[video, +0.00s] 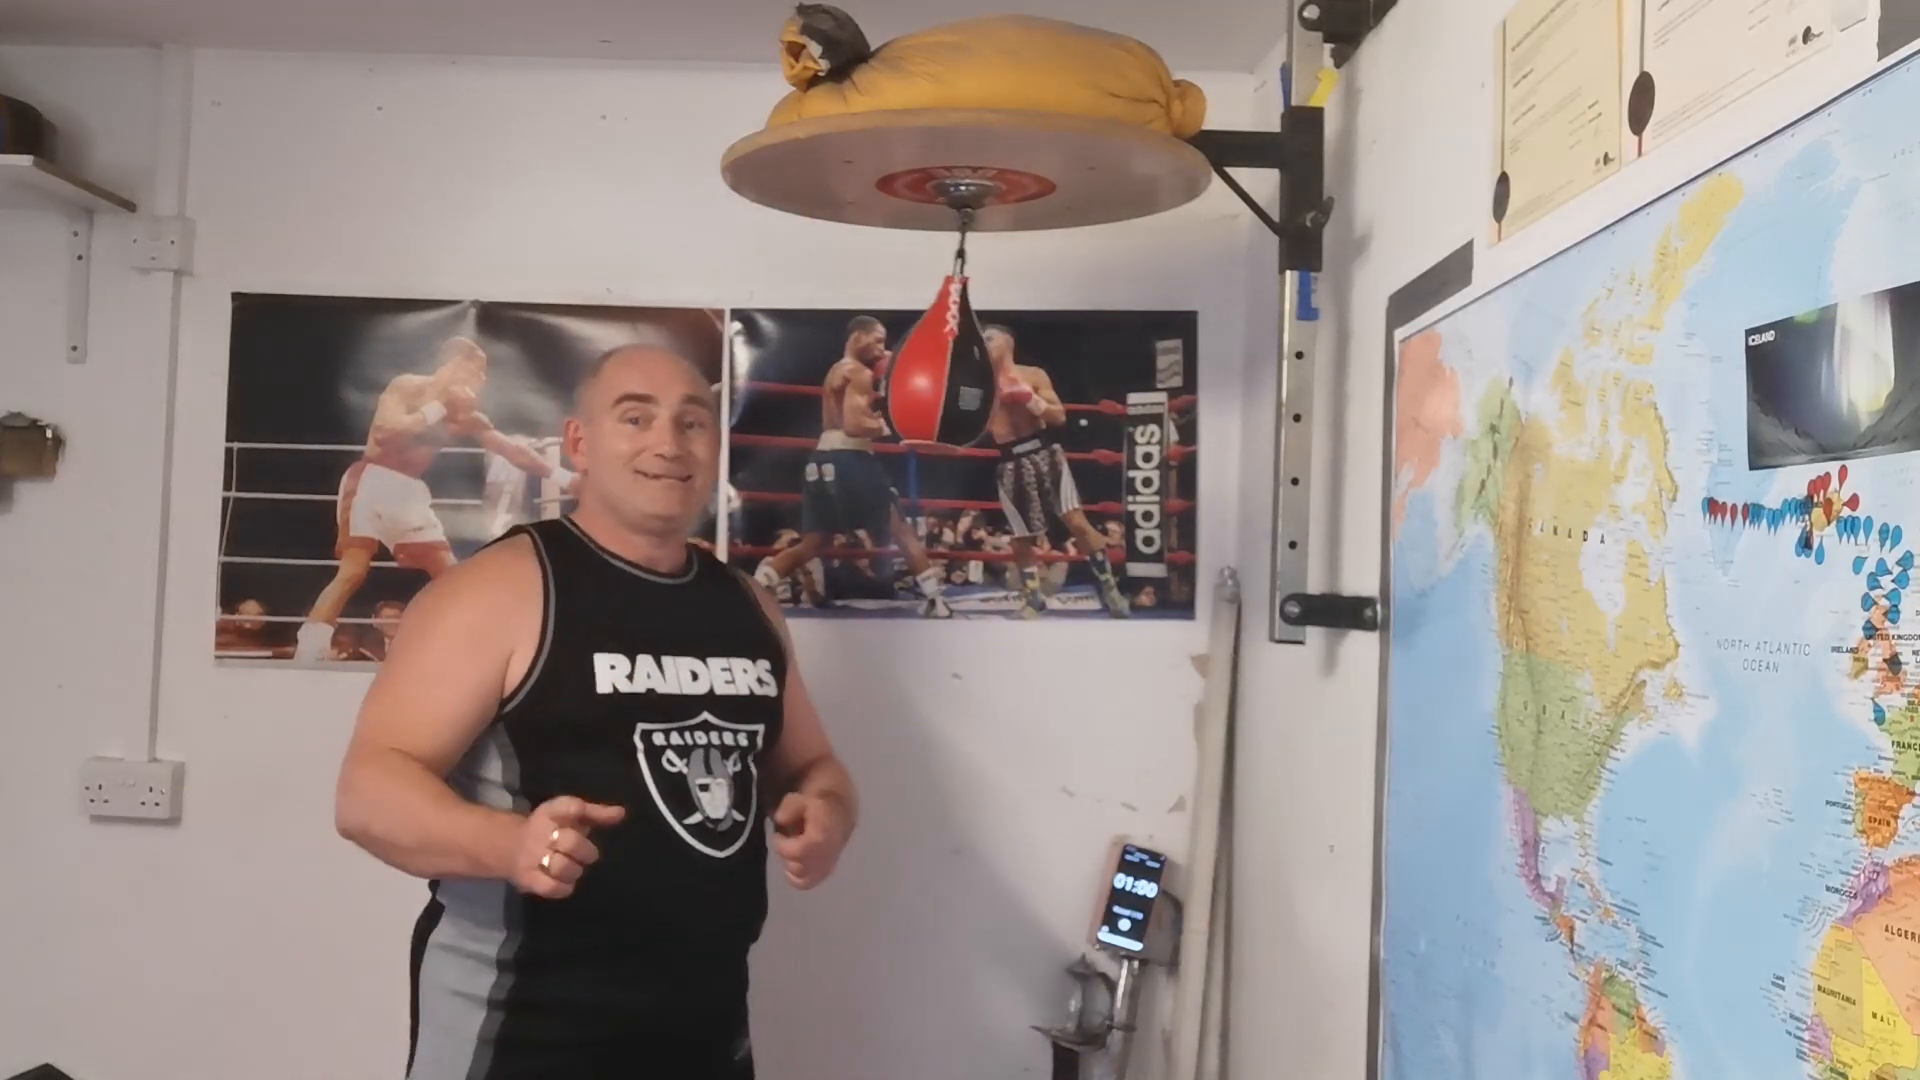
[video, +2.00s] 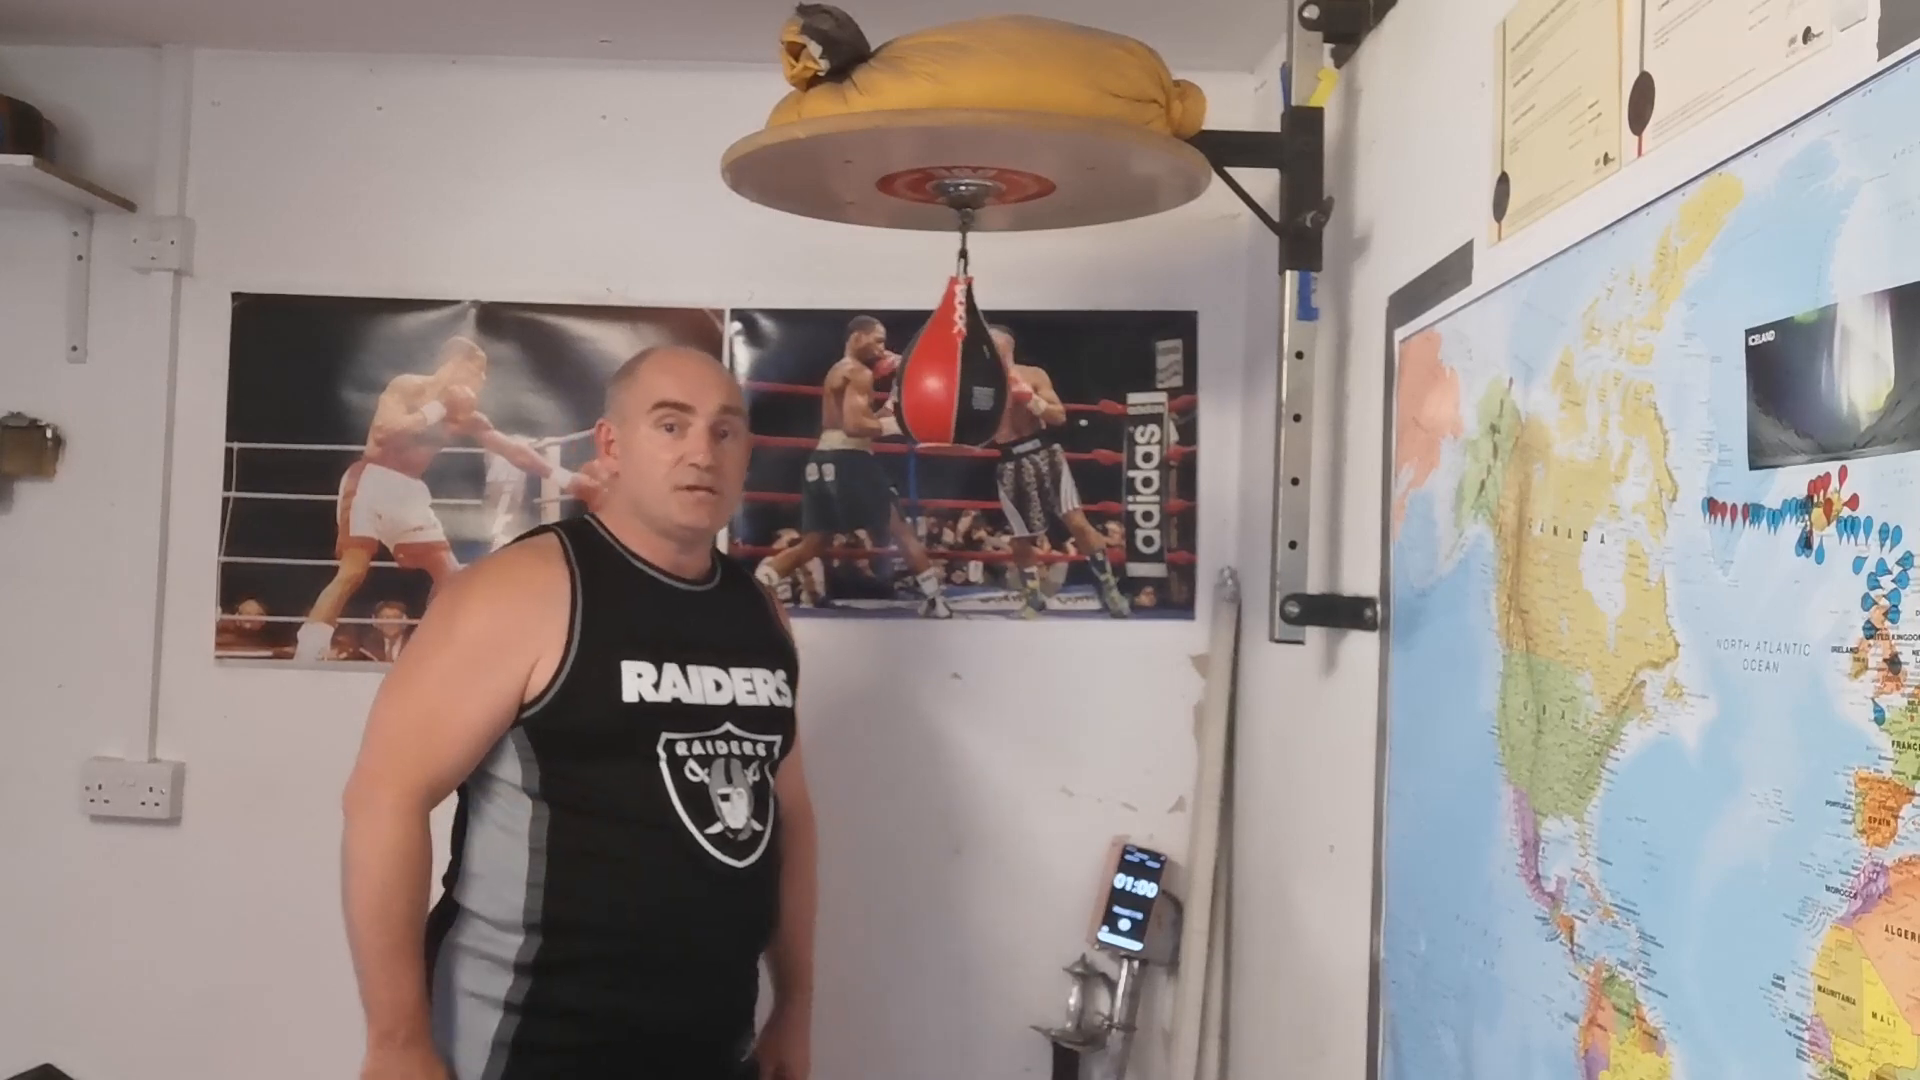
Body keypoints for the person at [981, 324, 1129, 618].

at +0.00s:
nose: (986, 346)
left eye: (992, 339)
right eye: (983, 341)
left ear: (1009, 343)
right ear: (981, 350)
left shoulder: (1033, 375)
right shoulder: (982, 385)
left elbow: (1059, 416)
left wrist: (1031, 399)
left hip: (1046, 456)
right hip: (1011, 465)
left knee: (1076, 522)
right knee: (1021, 539)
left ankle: (1109, 588)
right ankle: (1032, 598)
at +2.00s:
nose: (996, 356)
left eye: (1000, 349)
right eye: (992, 350)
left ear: (1011, 348)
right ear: (985, 354)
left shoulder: (1034, 375)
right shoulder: (983, 384)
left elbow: (1059, 416)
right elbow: (977, 428)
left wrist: (1034, 402)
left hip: (1046, 456)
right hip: (1011, 465)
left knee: (1076, 522)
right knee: (1022, 537)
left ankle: (1109, 589)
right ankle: (1032, 598)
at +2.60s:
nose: (997, 357)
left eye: (1000, 349)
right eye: (992, 351)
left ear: (1010, 348)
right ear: (984, 354)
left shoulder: (1034, 375)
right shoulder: (982, 384)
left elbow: (1059, 416)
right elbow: (976, 430)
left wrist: (1036, 403)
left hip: (1046, 456)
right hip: (1011, 464)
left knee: (1076, 522)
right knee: (1022, 537)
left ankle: (1109, 588)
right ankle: (1033, 598)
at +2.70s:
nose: (986, 347)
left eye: (991, 340)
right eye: (983, 342)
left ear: (1008, 344)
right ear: (981, 350)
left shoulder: (1033, 375)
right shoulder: (985, 386)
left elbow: (1059, 416)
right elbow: (987, 426)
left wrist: (1033, 400)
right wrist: (968, 444)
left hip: (1045, 456)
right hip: (1011, 464)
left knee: (1076, 522)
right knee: (1021, 537)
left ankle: (1109, 588)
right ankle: (1032, 598)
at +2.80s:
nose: (986, 346)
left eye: (991, 339)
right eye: (982, 341)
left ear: (1009, 344)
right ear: (981, 350)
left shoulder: (1033, 375)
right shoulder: (982, 385)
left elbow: (1059, 416)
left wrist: (1033, 400)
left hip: (1045, 456)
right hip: (1011, 464)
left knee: (1076, 522)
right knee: (1021, 538)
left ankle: (1109, 588)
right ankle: (1032, 598)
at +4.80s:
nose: (995, 355)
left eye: (999, 348)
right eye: (990, 349)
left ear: (1010, 349)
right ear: (984, 353)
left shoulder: (1034, 376)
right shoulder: (983, 384)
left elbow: (1059, 416)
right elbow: (978, 420)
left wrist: (1036, 403)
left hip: (1045, 456)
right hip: (1011, 464)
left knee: (1076, 523)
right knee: (1022, 536)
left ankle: (1108, 587)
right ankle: (1031, 596)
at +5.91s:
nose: (1003, 354)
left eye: (1006, 346)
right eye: (997, 349)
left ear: (1014, 348)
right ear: (988, 356)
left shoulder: (1034, 376)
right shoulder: (984, 385)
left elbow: (1058, 417)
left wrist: (1038, 405)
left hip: (1046, 456)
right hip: (1012, 465)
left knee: (1076, 523)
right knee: (1022, 538)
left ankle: (1108, 588)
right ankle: (1032, 598)